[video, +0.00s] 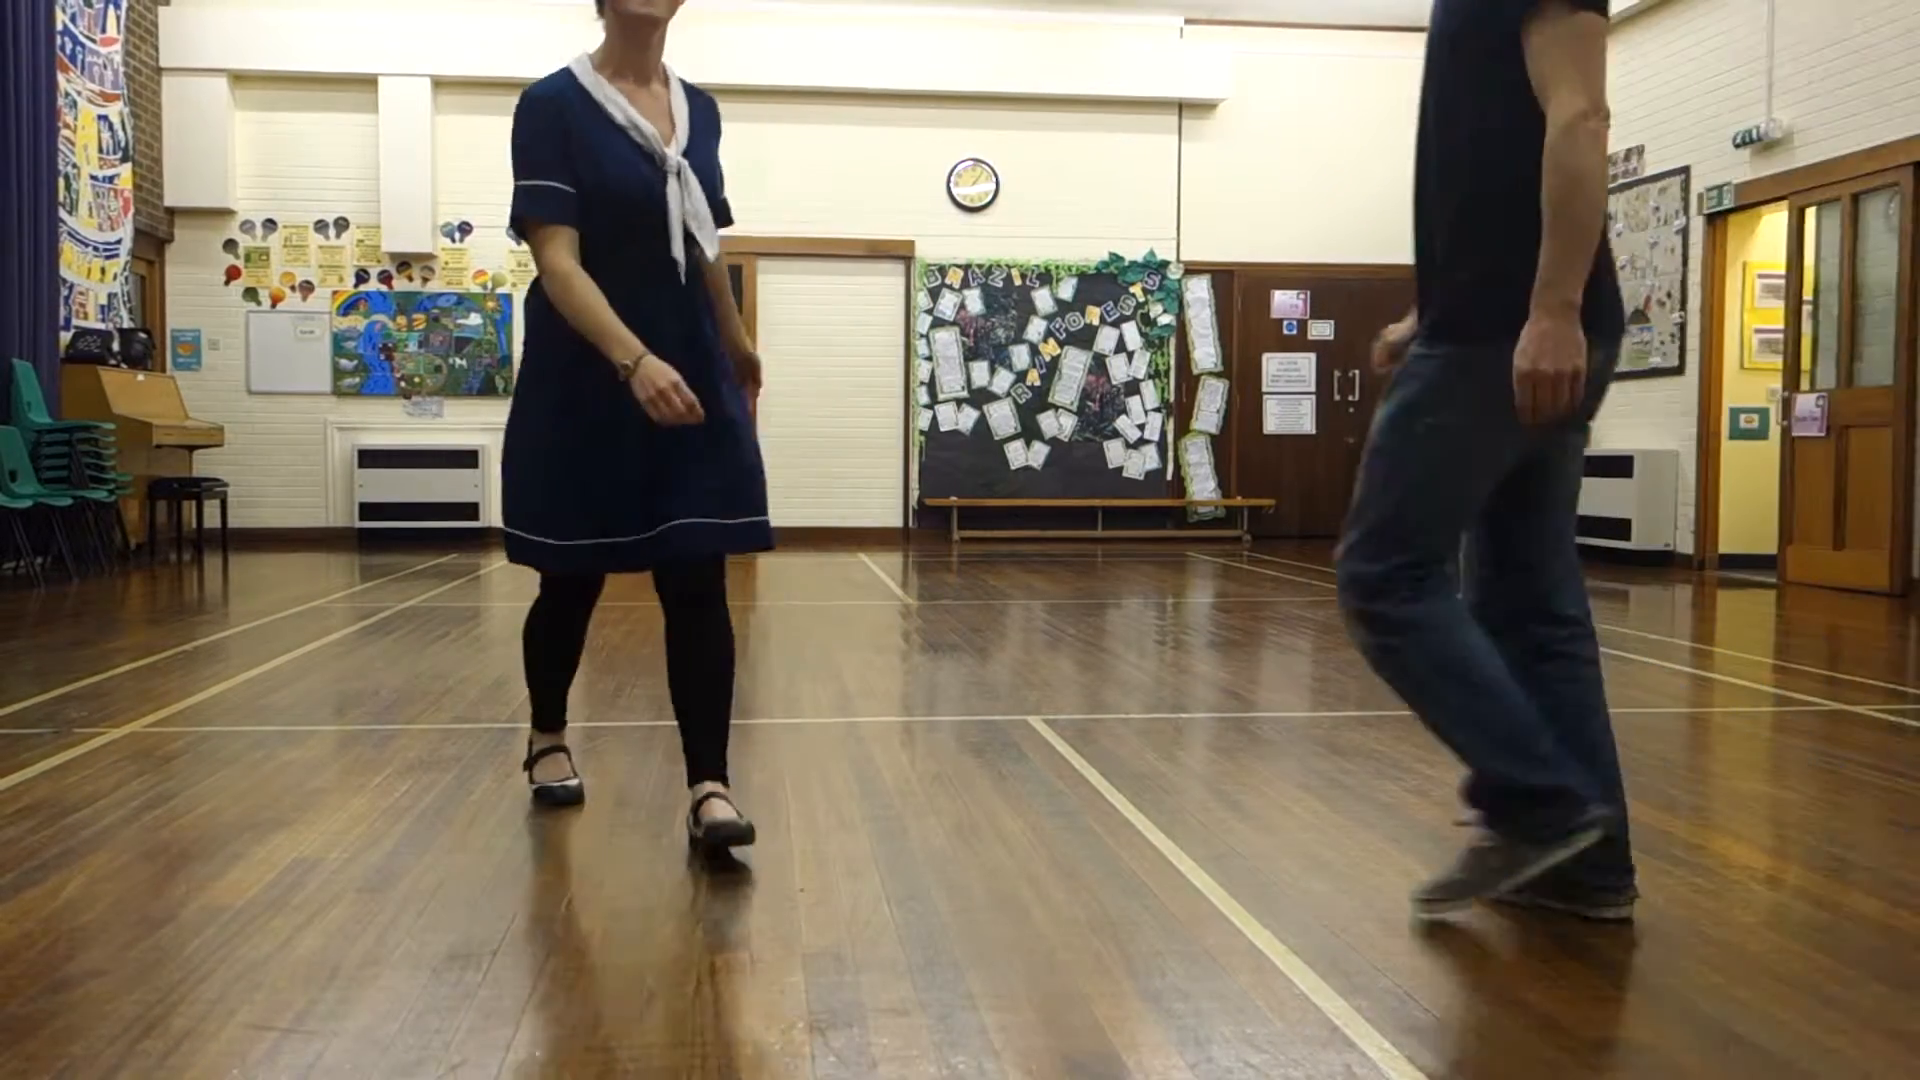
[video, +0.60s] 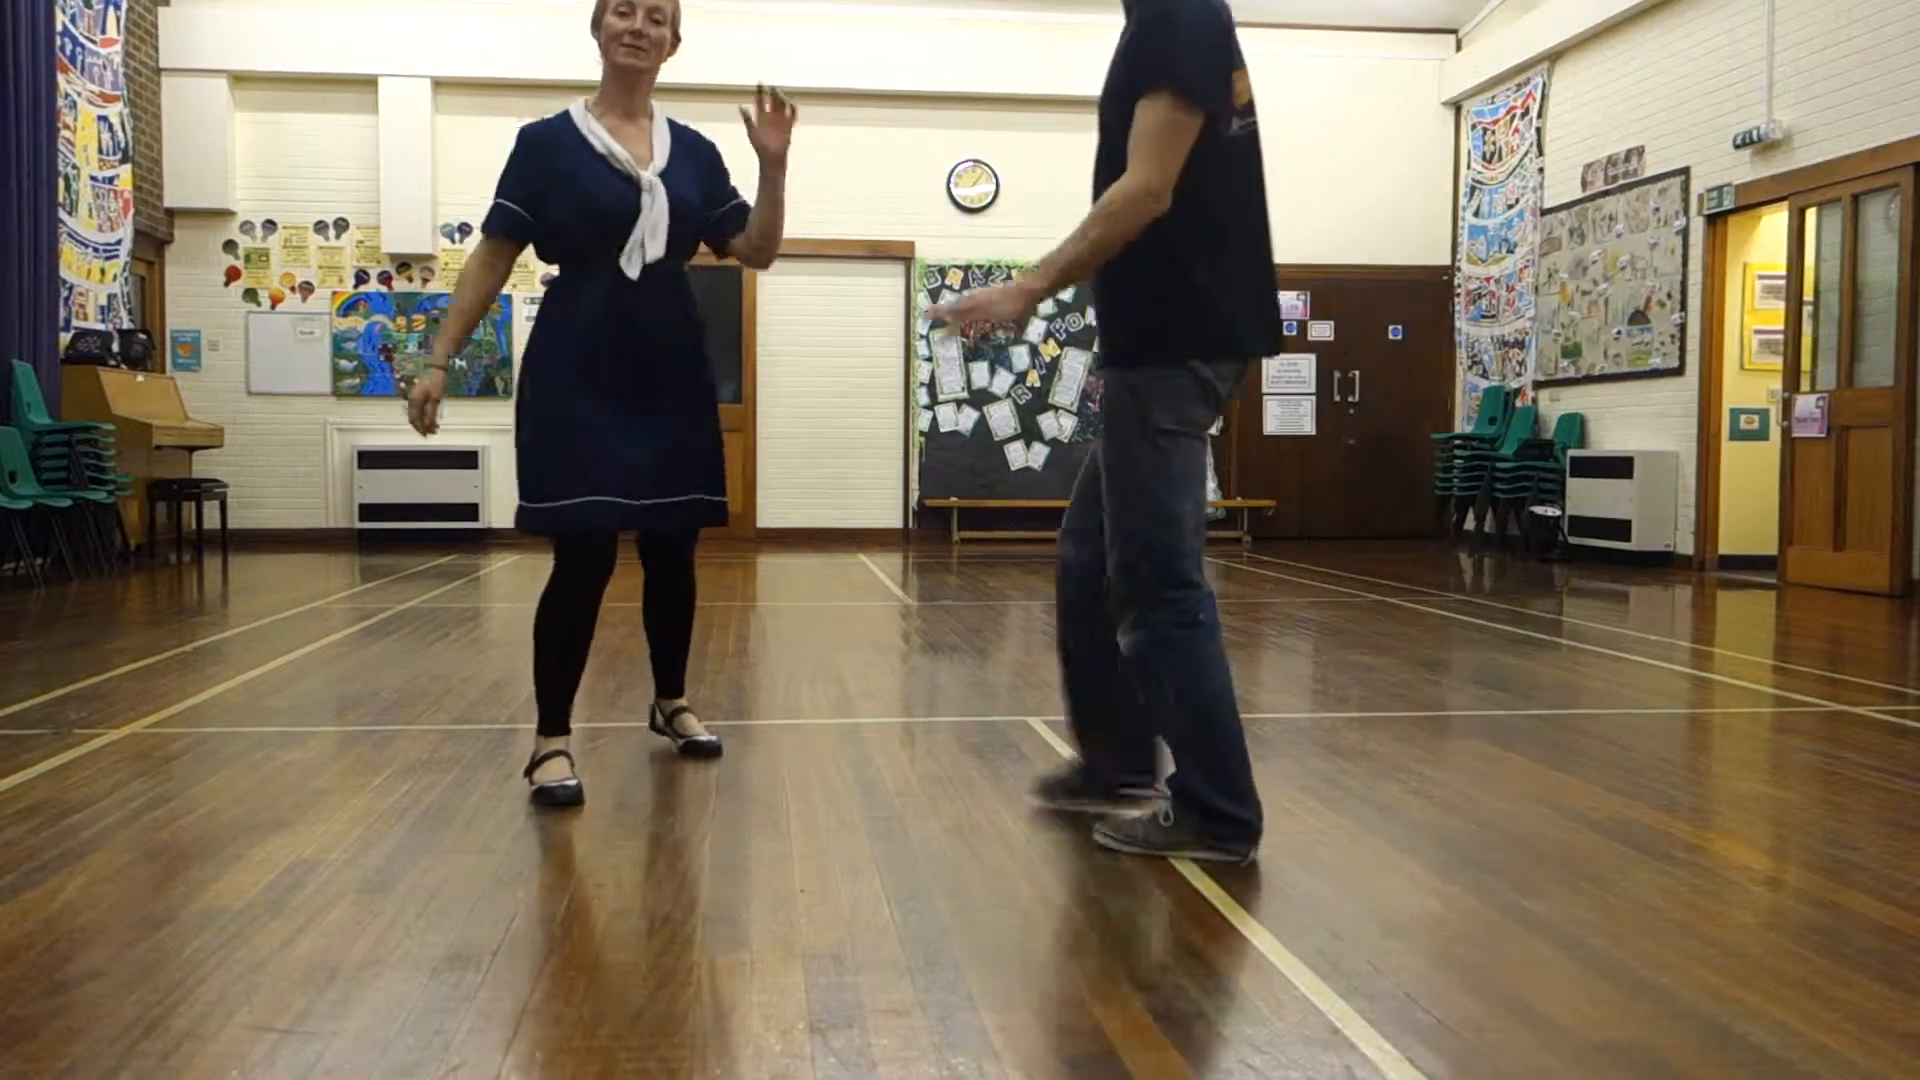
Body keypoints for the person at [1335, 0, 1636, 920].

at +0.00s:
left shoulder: (1547, 7)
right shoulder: (1474, 20)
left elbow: (1582, 121)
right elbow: (1505, 162)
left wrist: (1555, 309)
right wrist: (1431, 316)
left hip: (1490, 337)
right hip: (1538, 336)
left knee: (1384, 580)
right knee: (1534, 601)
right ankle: (1593, 860)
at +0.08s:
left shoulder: (1503, 6)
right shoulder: (1433, 20)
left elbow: (1549, 127)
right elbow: (1450, 169)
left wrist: (1542, 313)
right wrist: (1362, 309)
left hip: (1447, 338)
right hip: (1496, 336)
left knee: (1337, 574)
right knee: (1518, 606)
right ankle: (1580, 855)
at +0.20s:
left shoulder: (1410, 8)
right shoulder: (1371, 23)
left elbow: (1461, 152)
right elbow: (1371, 196)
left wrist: (1472, 341)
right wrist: (1266, 313)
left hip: (1377, 365)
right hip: (1430, 362)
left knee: (1287, 595)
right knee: (1479, 614)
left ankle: (1215, 803)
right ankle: (1574, 842)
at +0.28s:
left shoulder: (1347, 12)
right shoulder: (1333, 24)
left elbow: (1392, 184)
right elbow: (1326, 205)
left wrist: (1387, 361)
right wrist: (1243, 323)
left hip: (1310, 379)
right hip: (1379, 378)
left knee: (1232, 600)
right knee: (1417, 610)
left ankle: (1216, 814)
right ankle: (1553, 813)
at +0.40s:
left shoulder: (1265, 20)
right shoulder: (1301, 25)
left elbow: (1276, 199)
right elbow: (1292, 211)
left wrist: (1224, 363)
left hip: (1251, 365)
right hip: (1309, 366)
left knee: (1182, 594)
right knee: (1256, 585)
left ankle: (1213, 816)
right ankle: (1419, 721)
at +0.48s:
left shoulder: (1230, 18)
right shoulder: (1250, 23)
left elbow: (1211, 193)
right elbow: (1240, 203)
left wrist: (1128, 339)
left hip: (1219, 344)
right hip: (1256, 341)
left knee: (1171, 588)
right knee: (1187, 569)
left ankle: (1214, 813)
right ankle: (1308, 717)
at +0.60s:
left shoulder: (1176, 18)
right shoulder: (1182, 25)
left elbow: (1147, 189)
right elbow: (1164, 197)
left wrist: (1024, 290)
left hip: (1171, 344)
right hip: (1176, 340)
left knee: (1160, 582)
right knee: (1089, 552)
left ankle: (1219, 815)